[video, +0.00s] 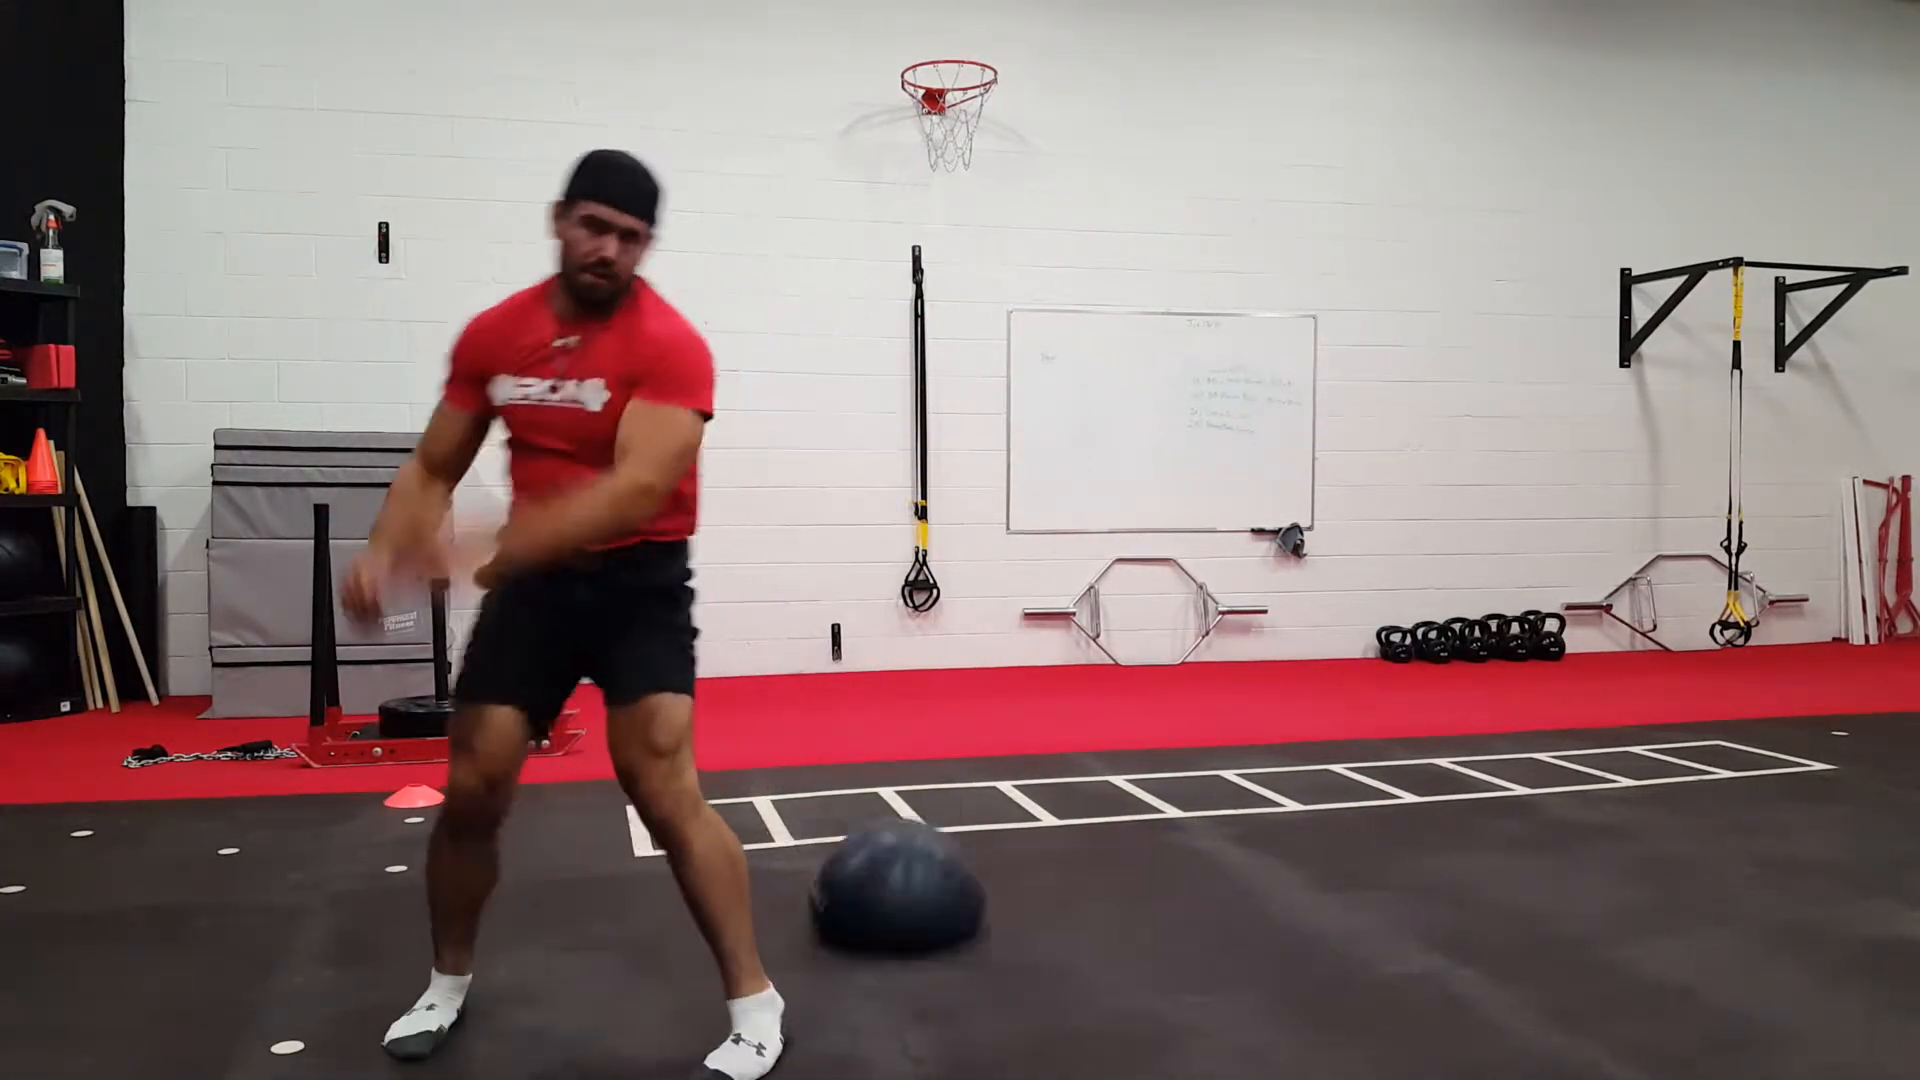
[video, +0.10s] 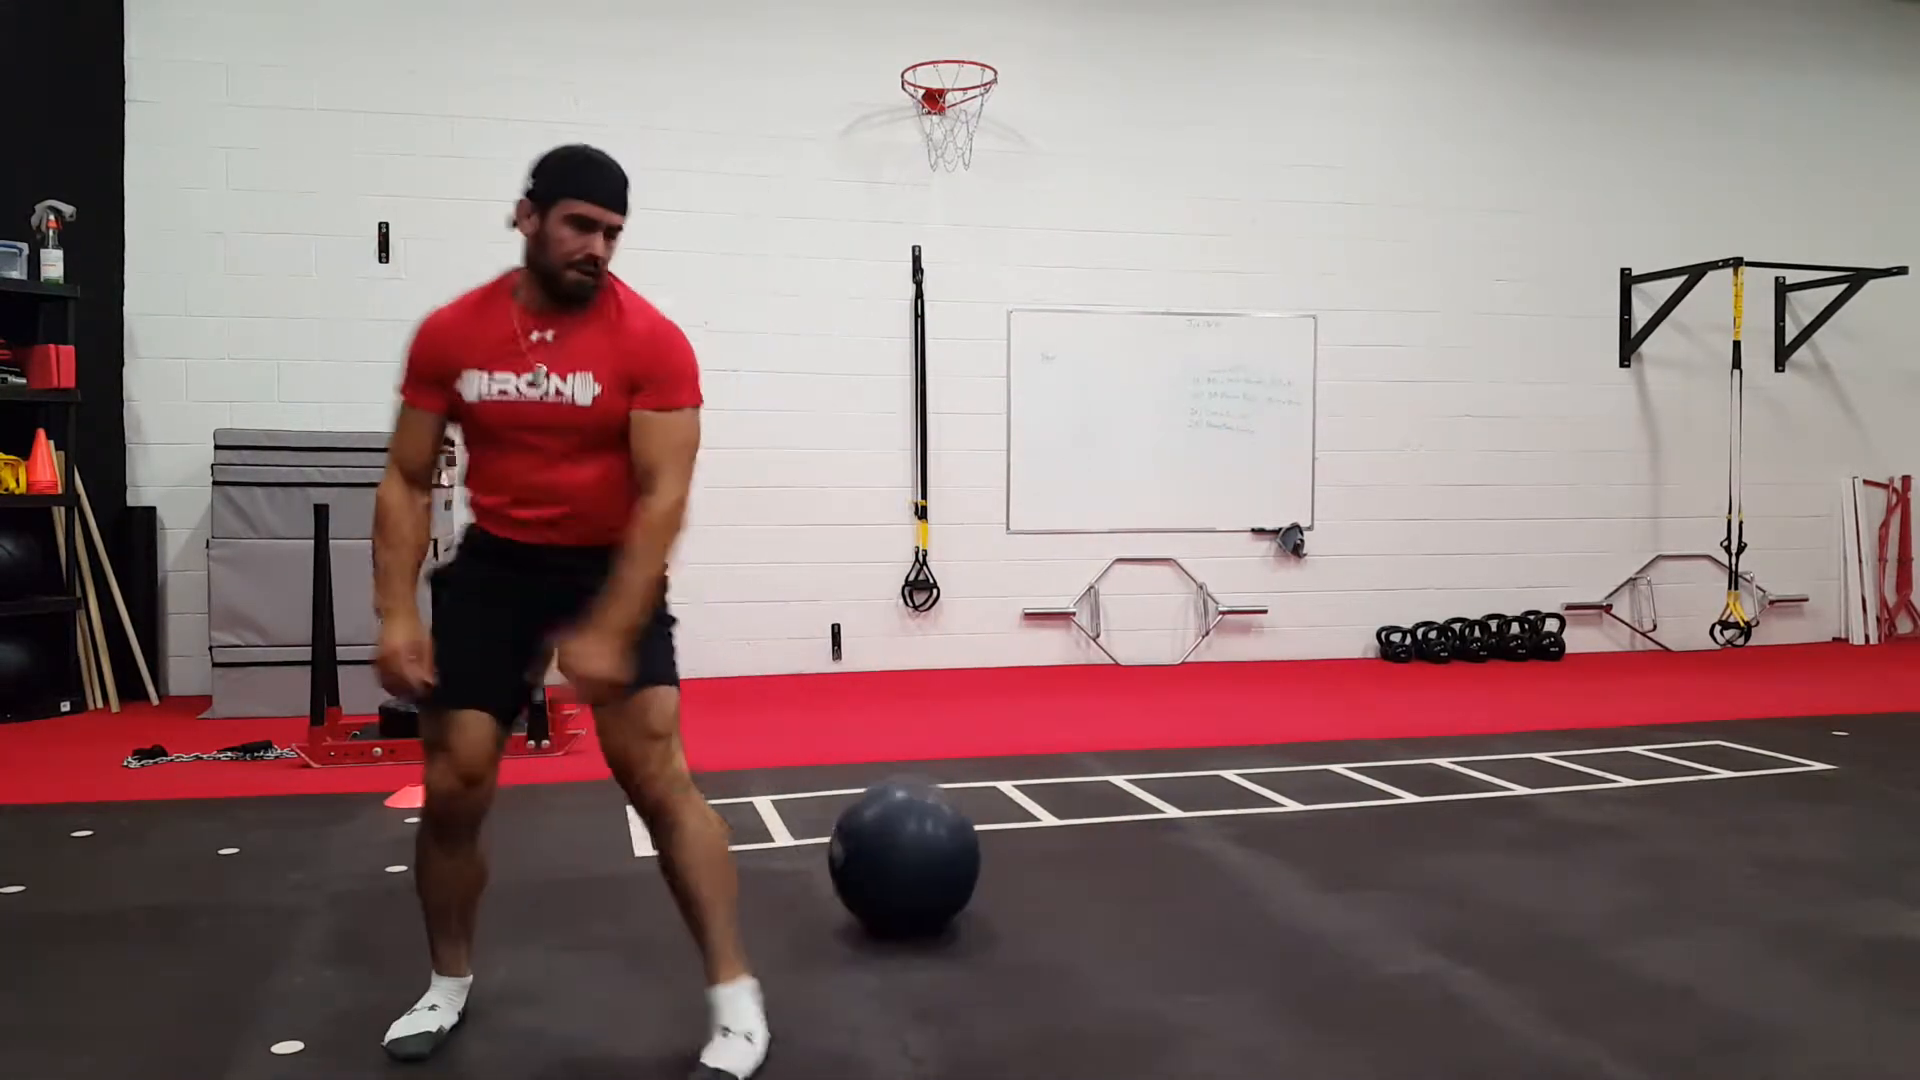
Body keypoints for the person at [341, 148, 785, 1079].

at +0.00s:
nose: (607, 251)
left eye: (628, 237)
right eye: (593, 228)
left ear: (649, 246)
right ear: (557, 223)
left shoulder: (670, 349)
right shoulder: (496, 335)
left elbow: (638, 490)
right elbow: (434, 468)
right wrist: (382, 554)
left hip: (641, 583)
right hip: (531, 581)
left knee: (658, 776)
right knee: (472, 787)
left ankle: (755, 1003)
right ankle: (448, 983)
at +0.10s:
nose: (593, 247)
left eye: (609, 232)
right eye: (577, 226)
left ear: (620, 239)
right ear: (527, 219)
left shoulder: (652, 347)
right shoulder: (451, 337)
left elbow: (664, 500)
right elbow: (407, 479)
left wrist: (611, 628)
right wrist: (396, 613)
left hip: (611, 572)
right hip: (493, 570)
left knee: (653, 768)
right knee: (452, 783)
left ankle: (735, 996)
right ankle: (449, 983)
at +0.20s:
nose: (607, 234)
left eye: (617, 217)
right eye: (592, 213)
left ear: (620, 220)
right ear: (530, 201)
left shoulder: (643, 326)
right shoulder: (432, 317)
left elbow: (697, 460)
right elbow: (381, 465)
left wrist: (710, 598)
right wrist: (424, 607)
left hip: (599, 566)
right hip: (472, 566)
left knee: (638, 769)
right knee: (454, 787)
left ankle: (689, 972)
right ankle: (447, 983)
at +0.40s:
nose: (646, 234)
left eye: (650, 218)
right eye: (636, 213)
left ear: (595, 202)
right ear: (581, 193)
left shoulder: (635, 321)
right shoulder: (472, 292)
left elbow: (707, 430)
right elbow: (394, 434)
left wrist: (795, 513)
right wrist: (481, 567)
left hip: (590, 554)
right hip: (477, 551)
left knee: (632, 741)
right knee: (469, 781)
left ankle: (625, 924)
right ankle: (447, 978)